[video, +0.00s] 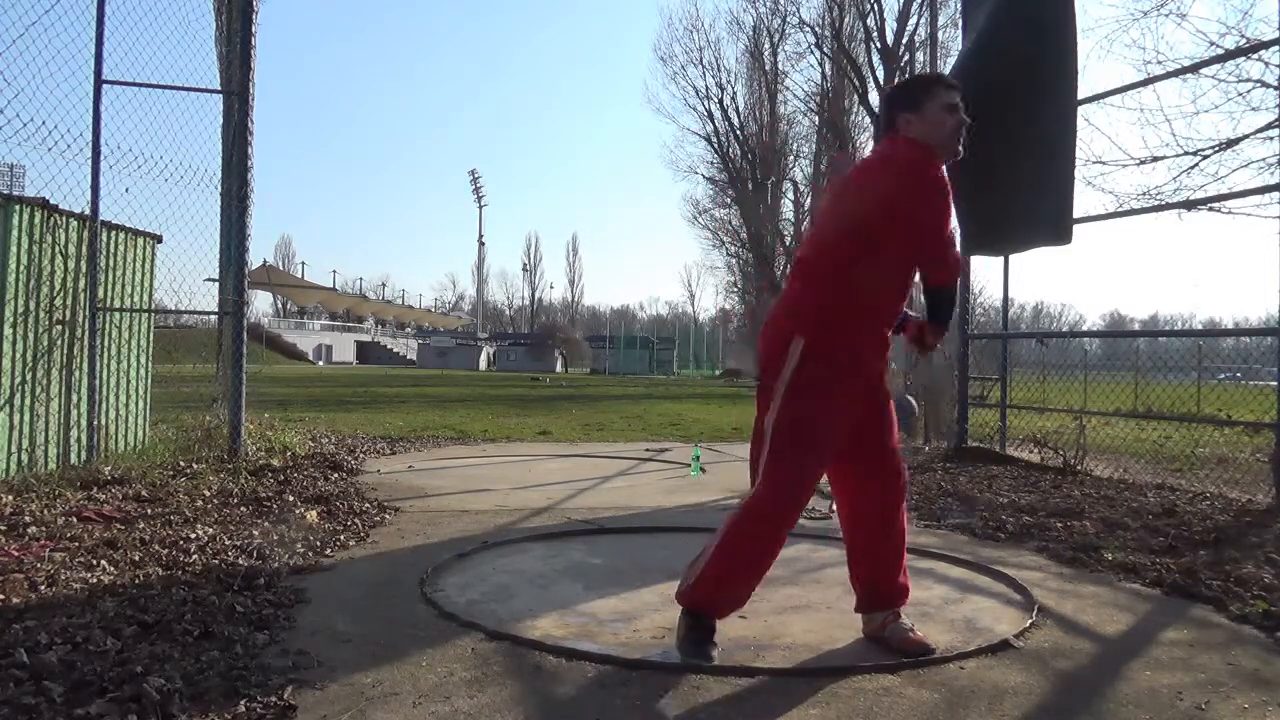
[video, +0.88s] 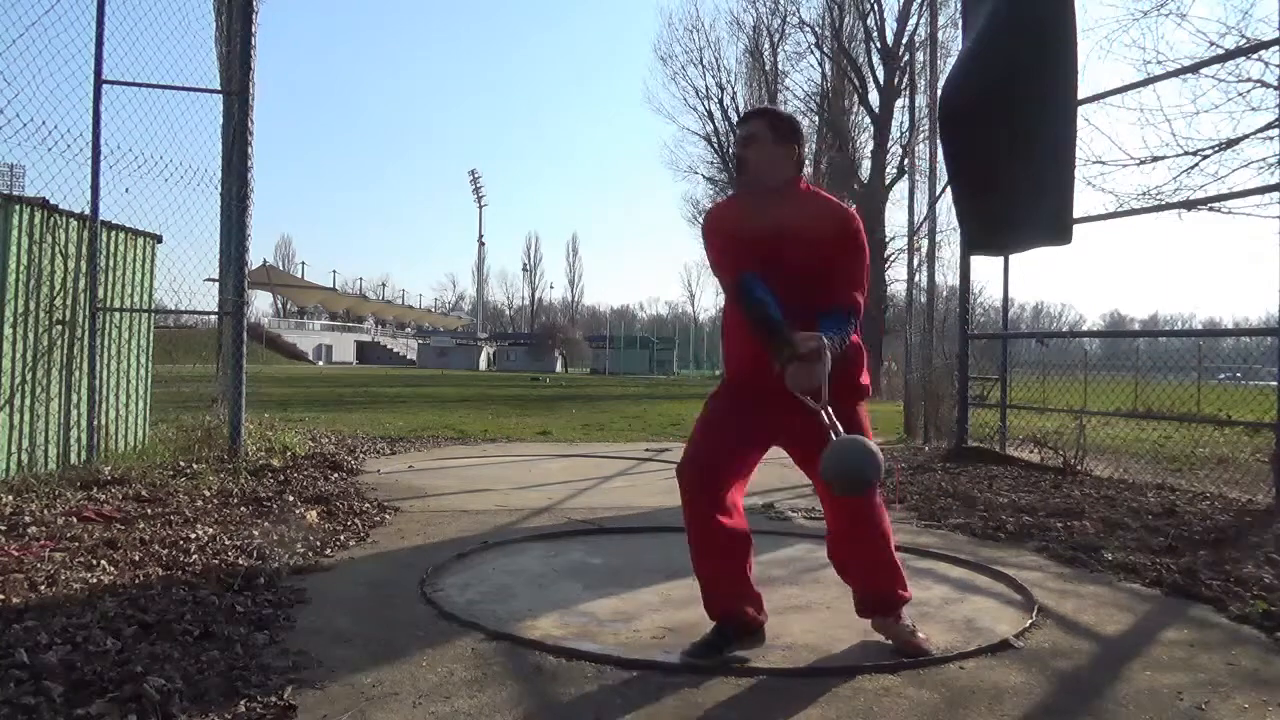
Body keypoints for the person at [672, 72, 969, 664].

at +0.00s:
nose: (964, 121)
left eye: (962, 112)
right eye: (950, 110)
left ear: (906, 124)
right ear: (907, 119)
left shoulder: (868, 172)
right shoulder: (920, 169)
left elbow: (851, 271)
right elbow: (942, 266)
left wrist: (905, 322)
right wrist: (937, 323)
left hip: (857, 350)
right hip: (813, 342)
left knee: (877, 481)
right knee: (781, 490)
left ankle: (882, 616)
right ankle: (700, 604)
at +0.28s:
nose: (941, 109)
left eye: (940, 101)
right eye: (927, 102)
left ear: (896, 118)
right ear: (887, 113)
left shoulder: (870, 160)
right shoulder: (909, 157)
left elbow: (858, 246)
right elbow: (962, 222)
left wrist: (918, 257)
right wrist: (947, 256)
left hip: (850, 352)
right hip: (812, 345)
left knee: (874, 484)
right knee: (786, 495)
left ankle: (881, 617)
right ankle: (700, 601)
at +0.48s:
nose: (896, 111)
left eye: (900, 101)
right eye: (880, 101)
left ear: (902, 111)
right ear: (842, 112)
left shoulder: (856, 181)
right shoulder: (847, 164)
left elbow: (874, 275)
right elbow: (928, 210)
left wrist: (954, 264)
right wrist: (969, 235)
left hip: (835, 363)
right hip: (778, 355)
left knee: (870, 479)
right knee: (767, 493)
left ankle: (881, 616)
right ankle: (710, 610)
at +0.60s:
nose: (844, 120)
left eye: (854, 111)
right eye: (829, 110)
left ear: (865, 125)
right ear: (803, 124)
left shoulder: (855, 203)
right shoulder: (793, 179)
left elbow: (871, 295)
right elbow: (889, 235)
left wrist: (953, 294)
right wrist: (967, 271)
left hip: (824, 371)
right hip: (753, 368)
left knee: (871, 476)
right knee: (740, 489)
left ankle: (881, 614)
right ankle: (720, 612)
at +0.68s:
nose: (807, 131)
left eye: (818, 121)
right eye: (794, 122)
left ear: (837, 133)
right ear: (775, 133)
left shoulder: (850, 209)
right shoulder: (754, 199)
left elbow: (864, 291)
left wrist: (933, 323)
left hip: (817, 379)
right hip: (739, 379)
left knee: (866, 480)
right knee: (720, 489)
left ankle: (879, 616)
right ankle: (727, 615)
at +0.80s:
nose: (761, 144)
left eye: (775, 134)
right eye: (752, 136)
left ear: (803, 147)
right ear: (743, 151)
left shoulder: (838, 220)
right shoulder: (721, 218)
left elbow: (859, 318)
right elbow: (726, 302)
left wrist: (872, 373)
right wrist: (721, 367)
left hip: (814, 388)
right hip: (733, 386)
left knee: (856, 483)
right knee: (704, 483)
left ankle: (881, 615)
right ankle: (732, 617)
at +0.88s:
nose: (739, 150)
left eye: (752, 141)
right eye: (738, 143)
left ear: (792, 153)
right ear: (736, 155)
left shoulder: (838, 218)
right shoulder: (723, 219)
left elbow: (849, 303)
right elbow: (746, 290)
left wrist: (827, 347)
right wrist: (787, 347)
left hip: (829, 388)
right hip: (749, 387)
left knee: (854, 488)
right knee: (702, 477)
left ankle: (889, 614)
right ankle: (737, 616)